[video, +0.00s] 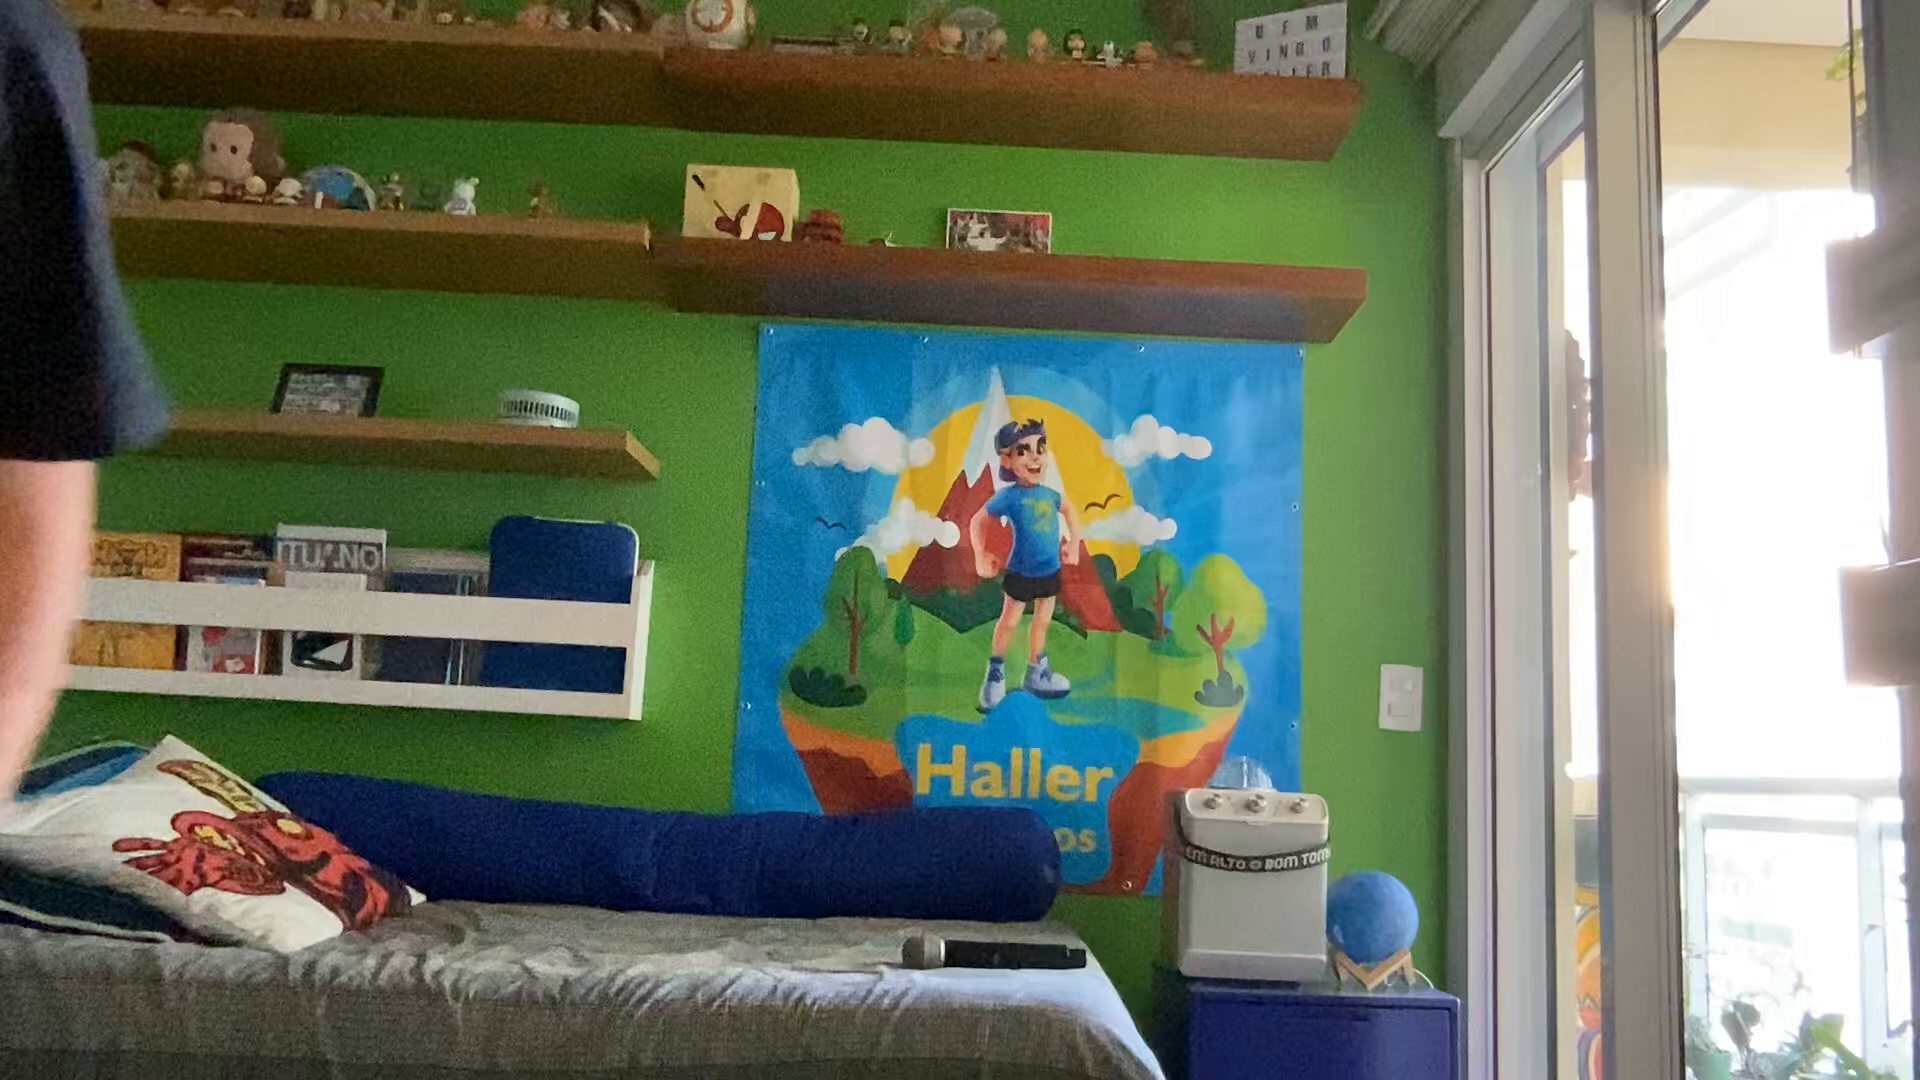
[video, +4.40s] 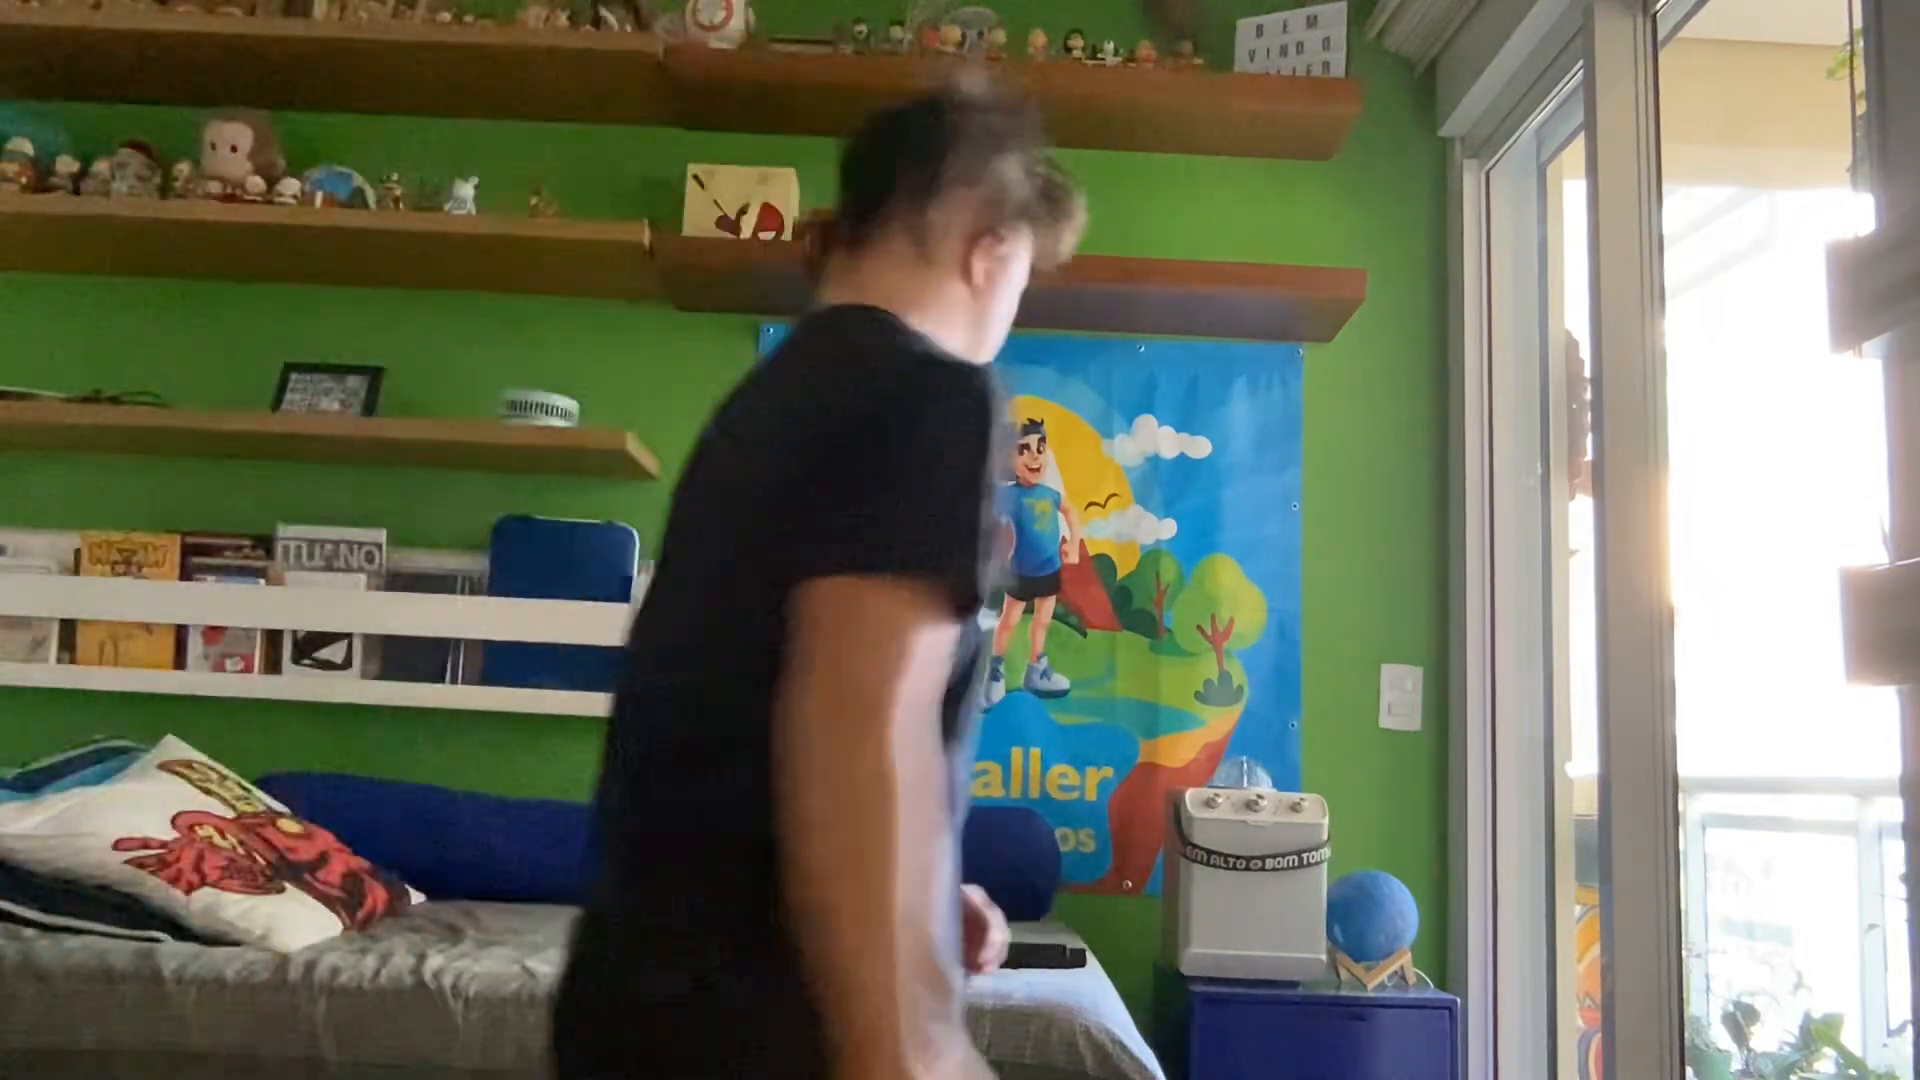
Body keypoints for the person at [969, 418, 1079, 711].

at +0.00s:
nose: (1034, 458)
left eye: (1040, 450)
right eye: (1024, 451)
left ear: (1047, 456)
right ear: (1007, 461)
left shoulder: (1050, 495)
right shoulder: (1007, 496)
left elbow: (1069, 511)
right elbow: (977, 521)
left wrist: (1074, 542)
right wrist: (980, 555)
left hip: (1049, 571)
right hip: (1020, 572)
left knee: (1043, 619)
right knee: (1009, 620)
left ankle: (1037, 671)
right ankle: (995, 672)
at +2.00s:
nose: (1034, 458)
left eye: (1040, 449)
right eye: (1024, 450)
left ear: (1046, 455)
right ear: (1008, 459)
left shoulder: (1050, 494)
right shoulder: (1007, 496)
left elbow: (1071, 513)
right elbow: (977, 521)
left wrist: (1074, 543)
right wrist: (980, 555)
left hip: (1049, 570)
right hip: (1020, 572)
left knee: (1043, 618)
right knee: (1010, 619)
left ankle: (1036, 670)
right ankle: (996, 671)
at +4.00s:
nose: (1034, 458)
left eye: (1039, 449)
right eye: (1024, 450)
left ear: (1047, 454)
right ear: (1008, 460)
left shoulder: (1050, 494)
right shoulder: (1008, 496)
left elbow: (1070, 512)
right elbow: (977, 520)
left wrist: (1074, 542)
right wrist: (980, 556)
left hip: (1049, 571)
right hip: (1020, 572)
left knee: (1043, 618)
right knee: (1010, 619)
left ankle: (1036, 670)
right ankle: (996, 671)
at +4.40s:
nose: (1033, 459)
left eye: (1038, 450)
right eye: (1023, 451)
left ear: (1046, 456)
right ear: (1011, 458)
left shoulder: (1051, 494)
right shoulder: (1007, 495)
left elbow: (1070, 513)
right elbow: (1001, 535)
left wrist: (1074, 541)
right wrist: (996, 566)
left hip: (1049, 571)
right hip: (1019, 572)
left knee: (1042, 621)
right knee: (1008, 621)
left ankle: (1037, 669)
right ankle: (996, 667)